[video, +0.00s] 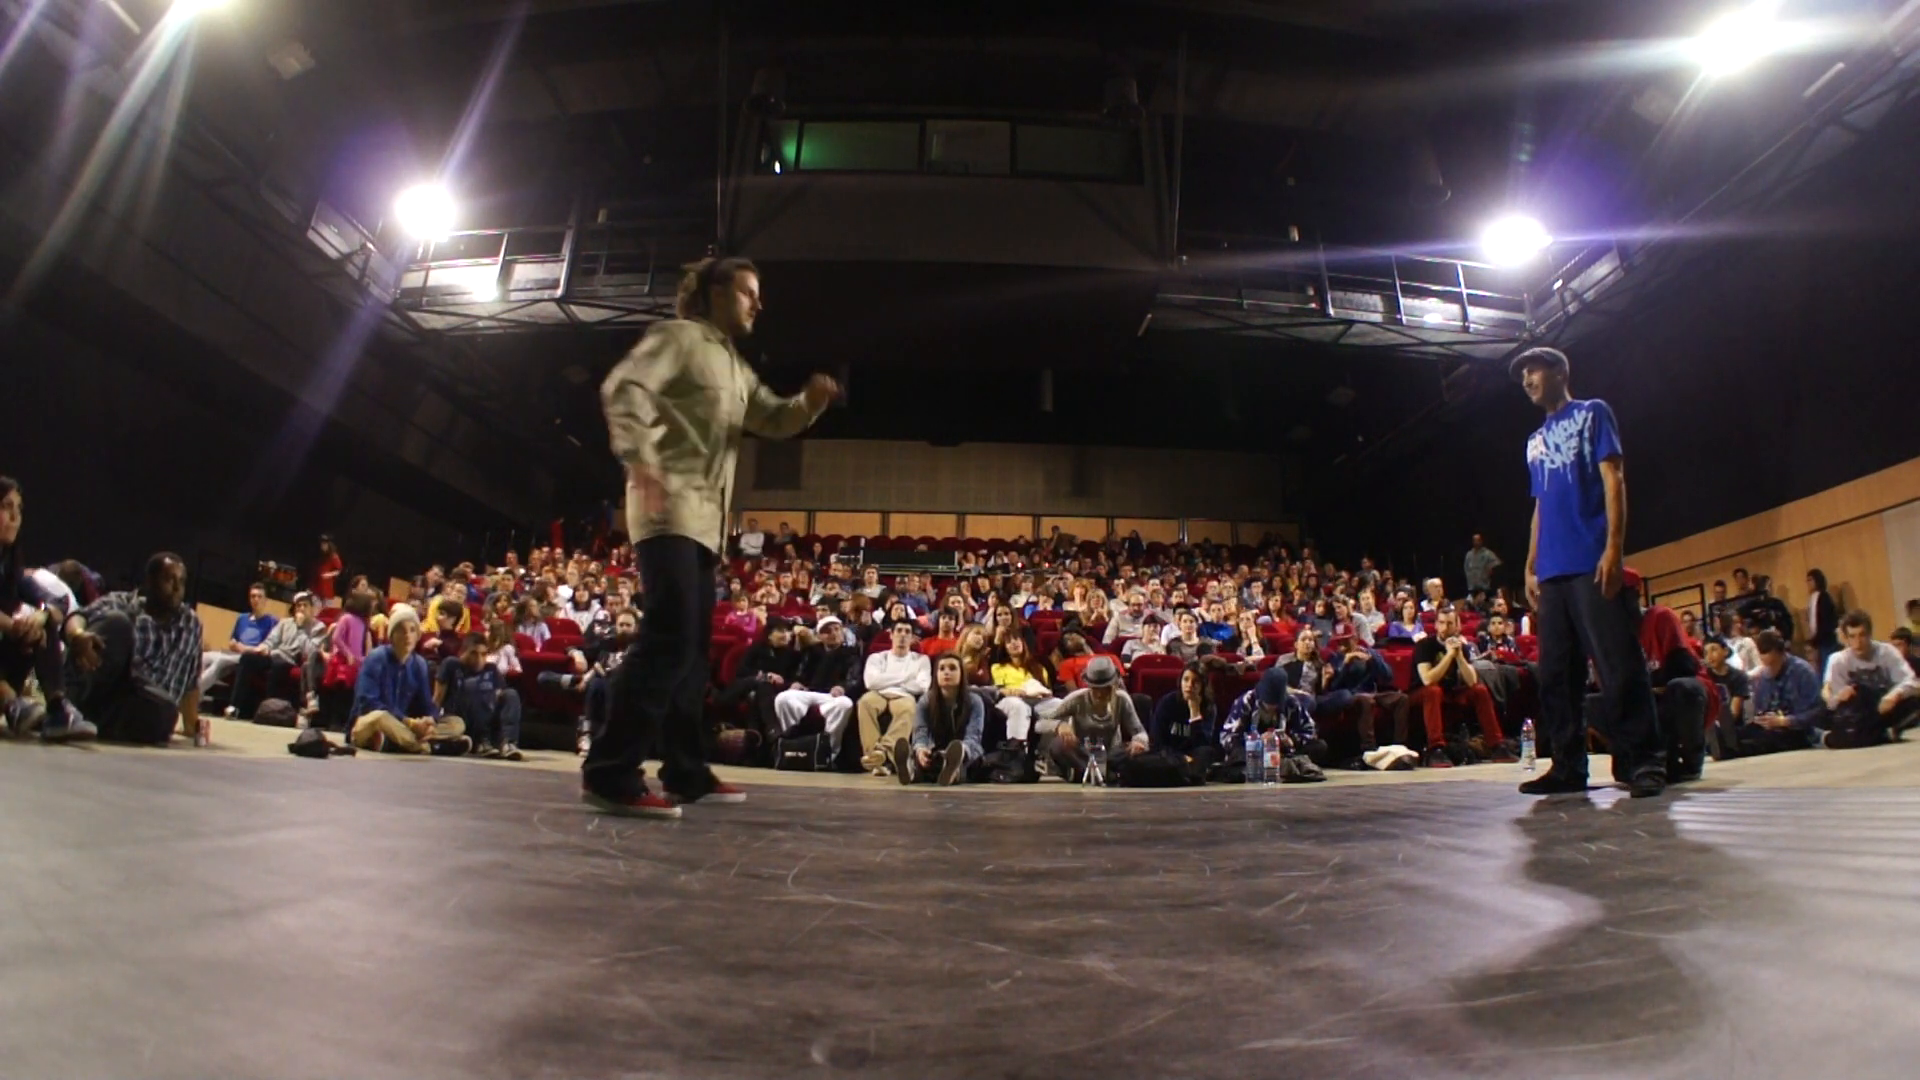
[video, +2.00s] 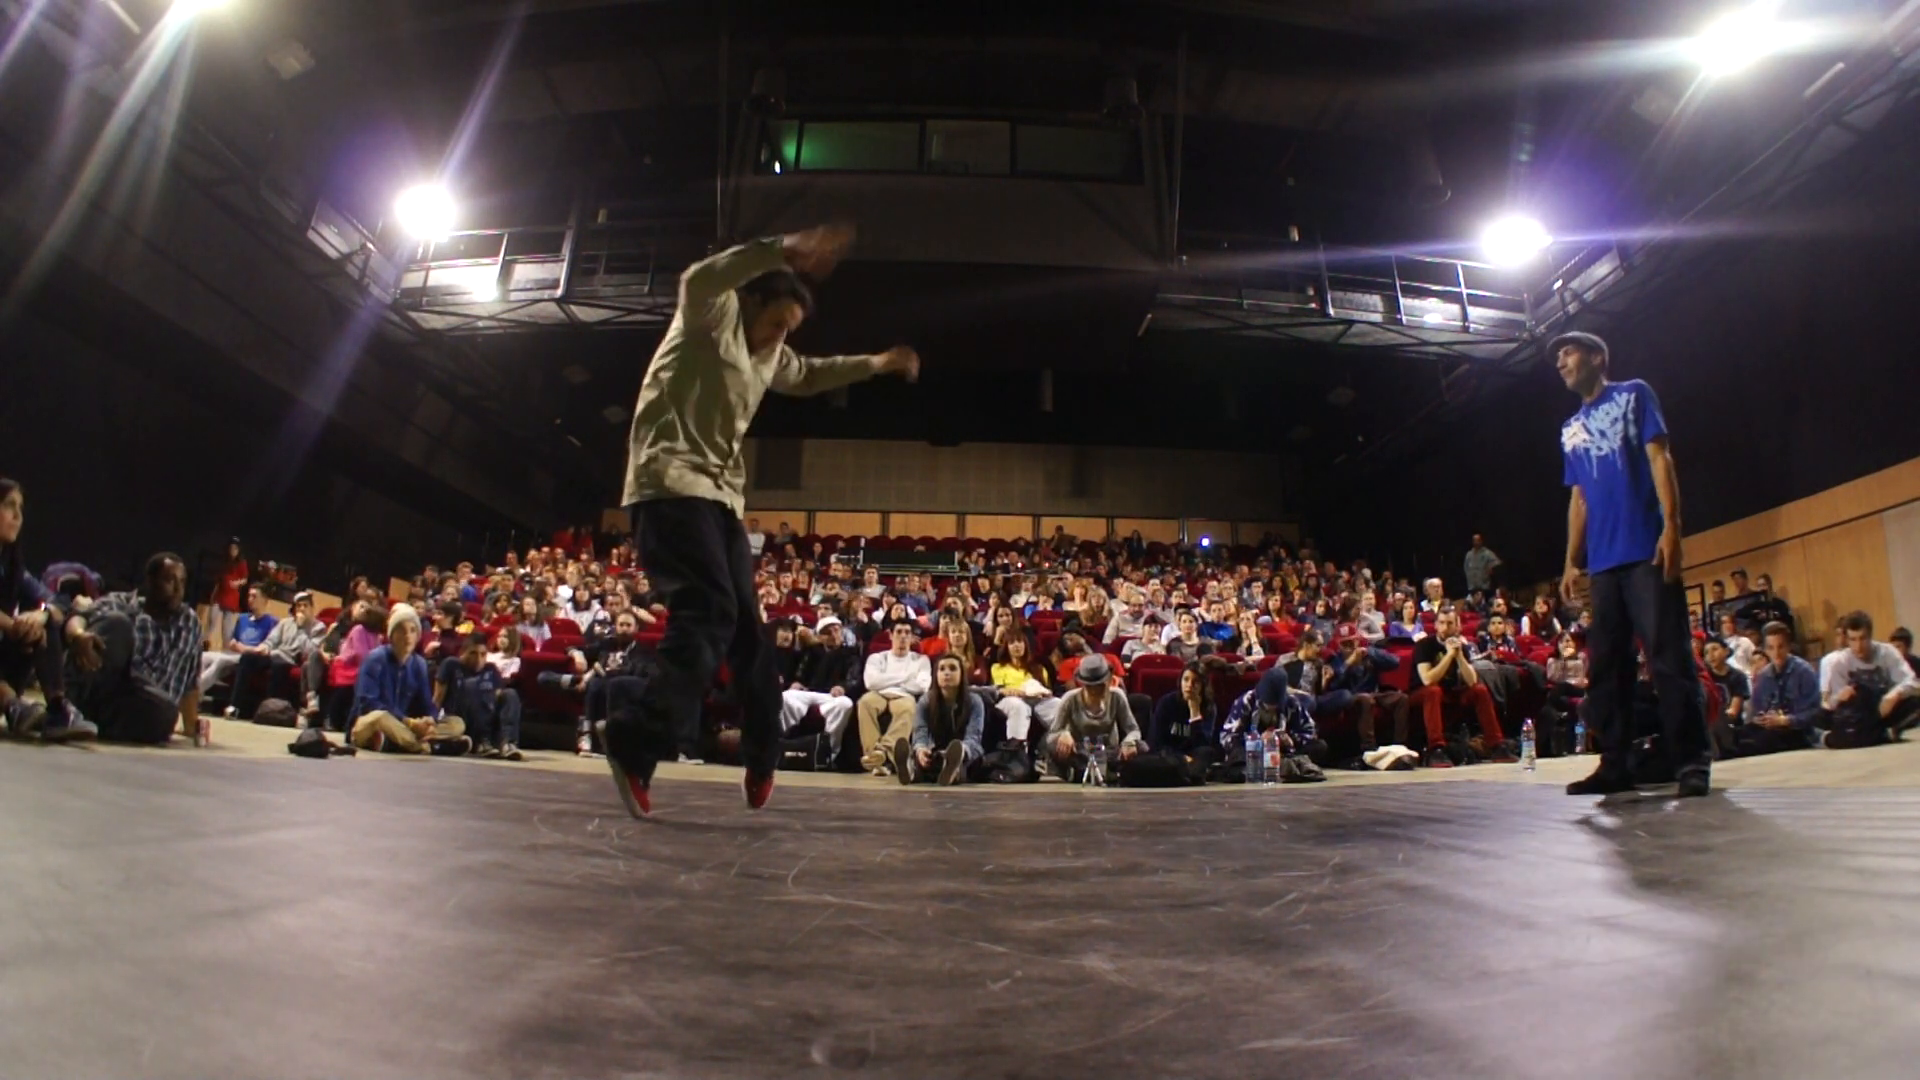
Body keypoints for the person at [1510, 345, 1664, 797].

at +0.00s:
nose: (1527, 380)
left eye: (1534, 370)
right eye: (1523, 376)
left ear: (1560, 373)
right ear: (1526, 386)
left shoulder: (1593, 412)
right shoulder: (1534, 442)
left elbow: (1614, 481)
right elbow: (1540, 506)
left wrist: (1614, 549)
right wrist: (1531, 566)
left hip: (1591, 565)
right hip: (1550, 574)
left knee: (1621, 669)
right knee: (1557, 674)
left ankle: (1644, 764)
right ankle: (1568, 767)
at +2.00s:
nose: (1561, 365)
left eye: (1568, 355)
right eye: (1558, 361)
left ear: (1598, 358)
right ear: (1562, 373)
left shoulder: (1633, 394)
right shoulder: (1570, 430)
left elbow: (1660, 458)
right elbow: (1578, 498)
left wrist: (1671, 529)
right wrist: (1571, 560)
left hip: (1646, 551)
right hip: (1602, 563)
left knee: (1668, 659)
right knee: (1607, 665)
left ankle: (1691, 763)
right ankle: (1615, 764)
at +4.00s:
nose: (1576, 353)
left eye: (1584, 343)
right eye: (1572, 348)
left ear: (1613, 348)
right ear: (1577, 361)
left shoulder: (1643, 390)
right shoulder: (1582, 422)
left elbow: (1664, 460)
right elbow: (1585, 490)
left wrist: (1664, 532)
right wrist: (1580, 556)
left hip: (1647, 551)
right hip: (1604, 561)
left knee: (1670, 662)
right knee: (1613, 668)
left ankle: (1691, 764)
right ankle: (1622, 766)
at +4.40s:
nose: (1575, 353)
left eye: (1584, 343)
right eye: (1572, 349)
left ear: (1612, 349)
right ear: (1575, 363)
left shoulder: (1643, 392)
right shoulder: (1579, 421)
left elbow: (1665, 461)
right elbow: (1582, 490)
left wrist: (1668, 536)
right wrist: (1576, 555)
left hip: (1645, 551)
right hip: (1600, 561)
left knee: (1669, 662)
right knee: (1612, 668)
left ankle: (1691, 764)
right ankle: (1622, 766)